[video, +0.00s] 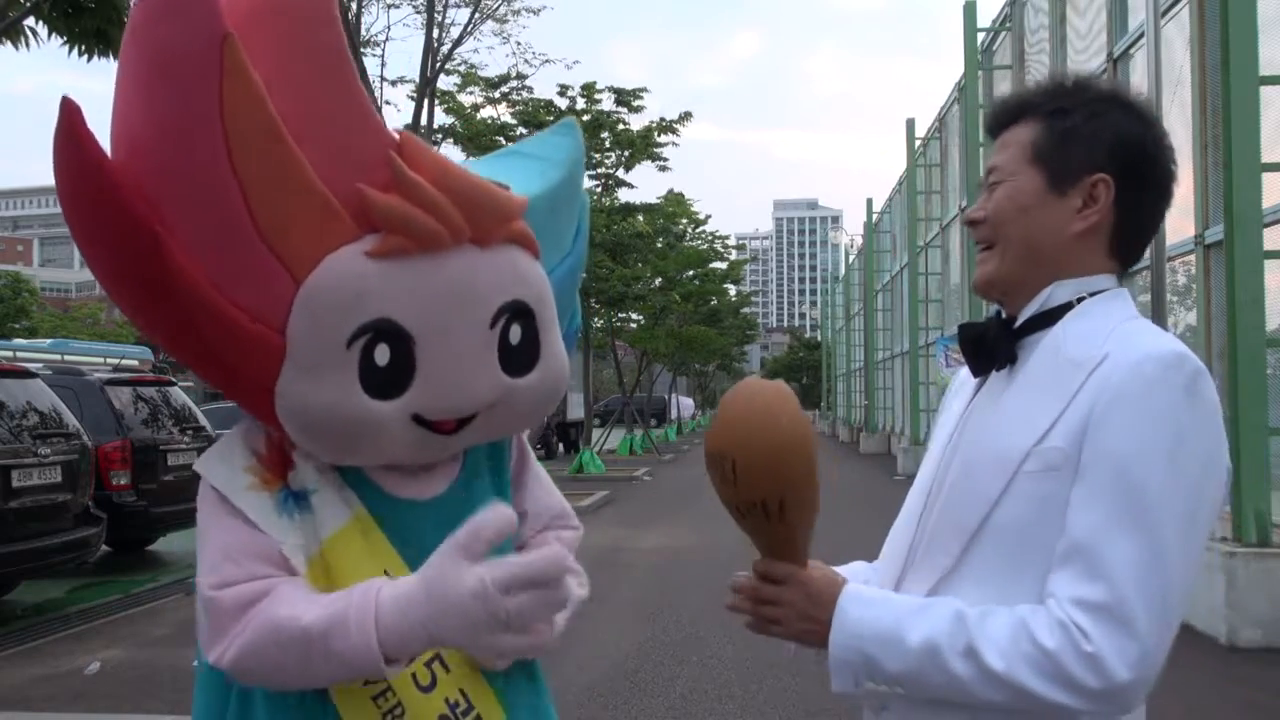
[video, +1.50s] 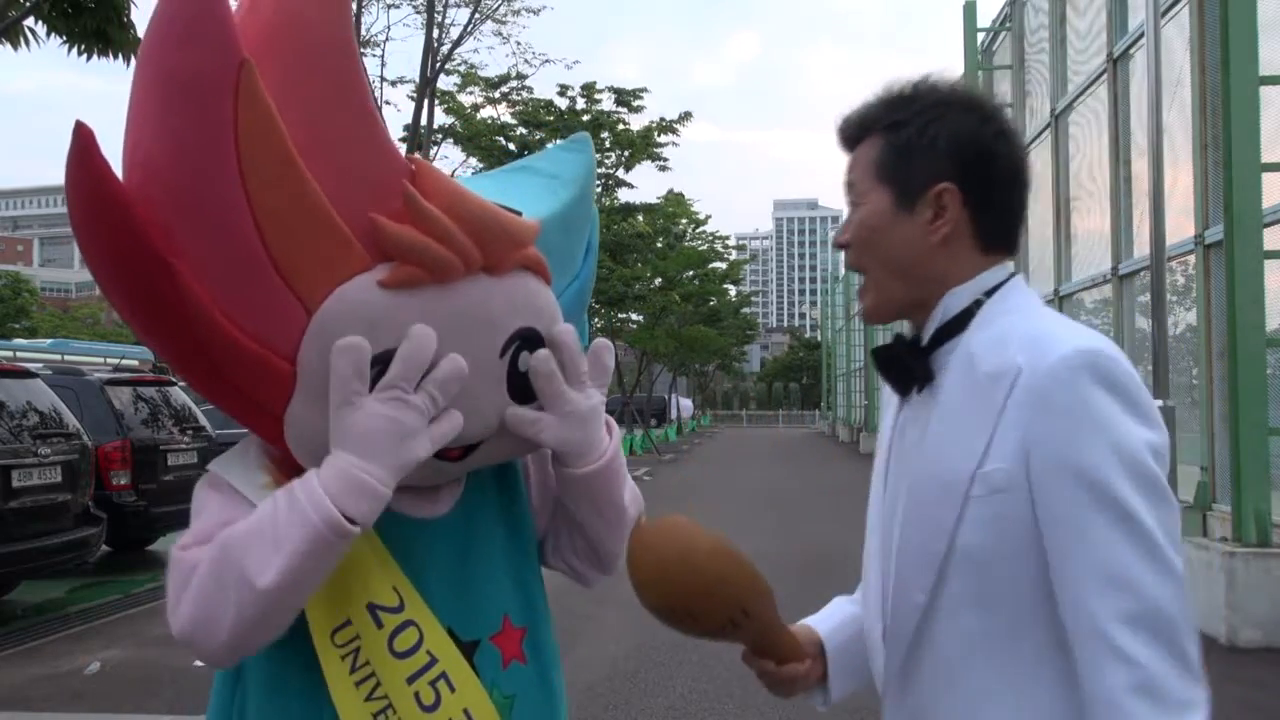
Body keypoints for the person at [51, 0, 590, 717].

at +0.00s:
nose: (459, 402)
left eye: (510, 334)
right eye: (387, 359)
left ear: (543, 321)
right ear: (281, 353)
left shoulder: (499, 451)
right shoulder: (247, 475)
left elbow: (557, 536)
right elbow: (245, 633)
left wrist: (533, 593)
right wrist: (417, 615)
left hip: (501, 705)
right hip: (315, 710)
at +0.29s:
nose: (471, 352)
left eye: (513, 297)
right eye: (399, 309)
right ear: (296, 314)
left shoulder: (502, 440)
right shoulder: (249, 470)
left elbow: (568, 548)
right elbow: (222, 643)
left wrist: (524, 584)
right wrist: (412, 607)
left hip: (501, 707)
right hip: (316, 713)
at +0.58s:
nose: (464, 363)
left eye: (507, 309)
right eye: (401, 318)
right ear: (300, 322)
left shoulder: (488, 441)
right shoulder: (242, 471)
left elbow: (555, 540)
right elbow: (219, 643)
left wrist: (502, 557)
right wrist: (410, 575)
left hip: (487, 704)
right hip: (306, 712)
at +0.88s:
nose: (448, 403)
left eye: (493, 348)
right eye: (386, 365)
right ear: (280, 358)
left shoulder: (488, 473)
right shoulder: (249, 483)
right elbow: (235, 663)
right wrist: (366, 541)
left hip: (496, 711)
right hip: (320, 716)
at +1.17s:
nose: (446, 384)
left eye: (486, 337)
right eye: (381, 349)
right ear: (277, 351)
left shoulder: (488, 469)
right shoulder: (245, 477)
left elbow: (545, 593)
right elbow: (228, 663)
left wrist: (552, 474)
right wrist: (330, 527)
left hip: (492, 710)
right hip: (306, 716)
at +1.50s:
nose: (421, 373)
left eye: (447, 335)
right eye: (378, 346)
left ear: (476, 337)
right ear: (287, 347)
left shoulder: (500, 467)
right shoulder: (253, 480)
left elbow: (595, 559)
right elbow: (205, 626)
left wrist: (590, 453)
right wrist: (352, 478)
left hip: (508, 704)